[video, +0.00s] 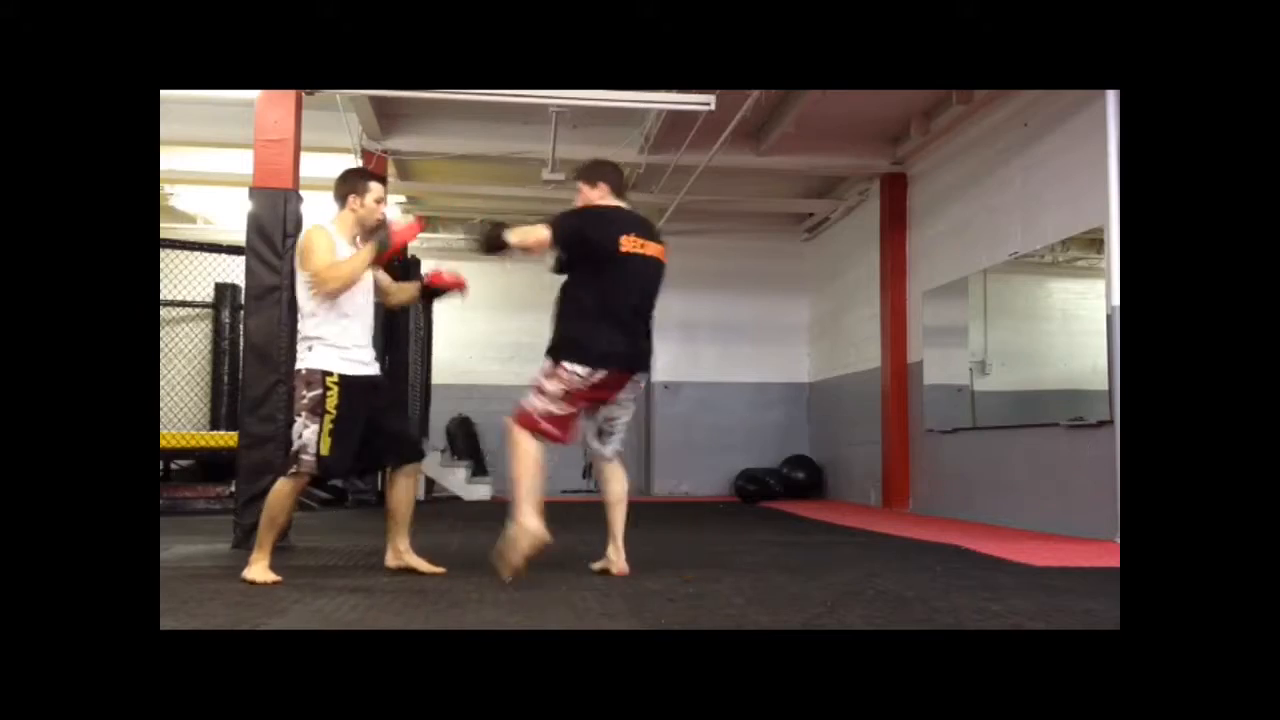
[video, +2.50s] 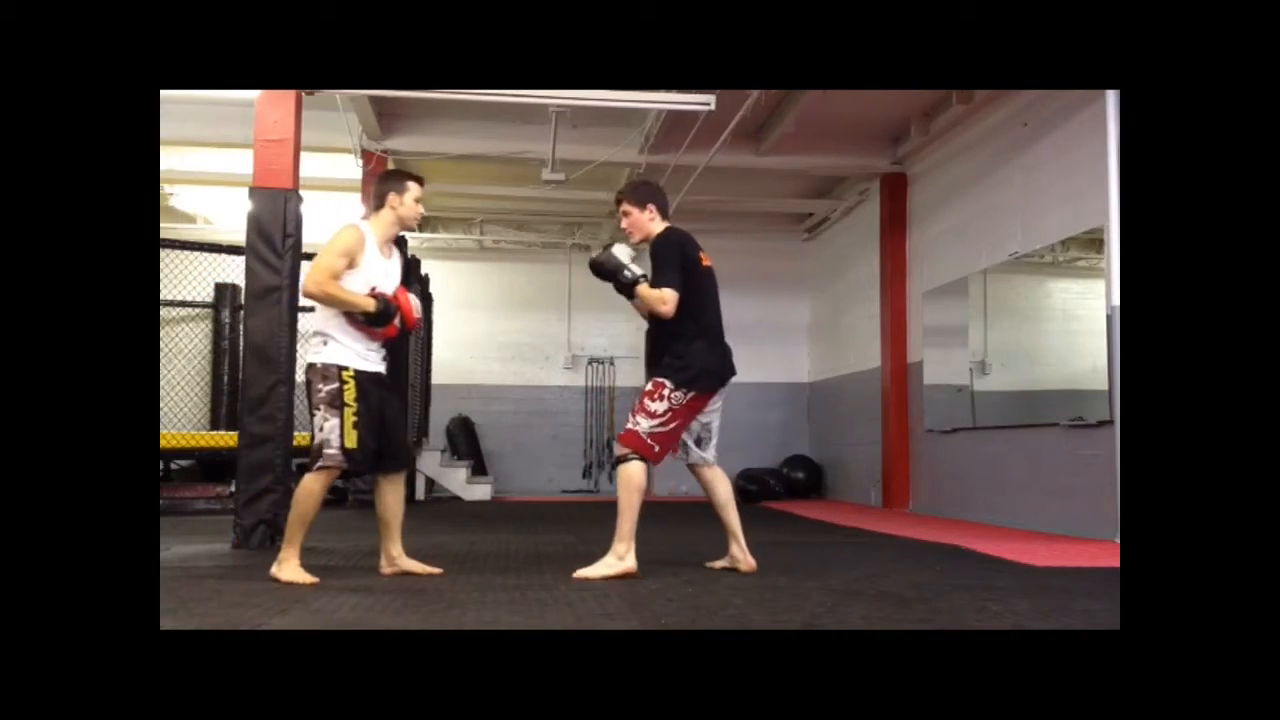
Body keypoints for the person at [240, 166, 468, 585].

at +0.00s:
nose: (384, 211)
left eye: (385, 203)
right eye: (378, 202)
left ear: (359, 204)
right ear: (352, 201)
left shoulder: (362, 250)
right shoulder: (317, 238)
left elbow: (392, 294)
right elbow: (328, 283)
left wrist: (429, 285)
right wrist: (378, 246)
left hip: (365, 372)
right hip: (322, 370)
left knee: (405, 456)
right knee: (303, 468)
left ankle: (399, 549)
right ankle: (259, 560)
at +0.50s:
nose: (390, 206)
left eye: (392, 198)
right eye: (385, 197)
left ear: (371, 199)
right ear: (360, 197)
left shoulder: (375, 243)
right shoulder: (312, 233)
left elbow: (408, 275)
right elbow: (287, 288)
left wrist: (432, 240)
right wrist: (349, 276)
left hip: (355, 365)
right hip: (308, 361)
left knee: (377, 455)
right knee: (294, 457)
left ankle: (355, 546)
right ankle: (256, 556)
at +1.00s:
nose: (345, 212)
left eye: (346, 204)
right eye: (341, 203)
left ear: (319, 203)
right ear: (315, 200)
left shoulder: (314, 252)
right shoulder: (267, 236)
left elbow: (295, 309)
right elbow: (239, 294)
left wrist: (336, 308)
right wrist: (305, 302)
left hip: (298, 372)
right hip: (256, 368)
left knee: (332, 461)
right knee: (246, 468)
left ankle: (337, 551)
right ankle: (196, 555)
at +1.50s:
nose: (331, 197)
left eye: (331, 190)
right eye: (325, 188)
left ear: (304, 192)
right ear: (298, 189)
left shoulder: (310, 247)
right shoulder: (256, 229)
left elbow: (300, 295)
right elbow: (211, 279)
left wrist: (326, 300)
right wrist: (273, 294)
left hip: (288, 360)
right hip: (251, 356)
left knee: (280, 460)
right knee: (256, 456)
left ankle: (253, 554)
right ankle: (208, 541)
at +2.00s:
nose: (352, 195)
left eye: (351, 187)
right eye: (345, 186)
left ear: (325, 191)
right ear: (319, 188)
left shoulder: (327, 243)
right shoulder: (285, 228)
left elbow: (319, 290)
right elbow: (250, 282)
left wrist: (343, 298)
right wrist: (308, 299)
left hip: (319, 366)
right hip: (279, 363)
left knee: (353, 454)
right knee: (274, 464)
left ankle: (353, 546)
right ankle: (243, 561)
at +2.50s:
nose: (422, 210)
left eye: (422, 203)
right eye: (416, 201)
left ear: (397, 203)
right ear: (391, 200)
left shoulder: (394, 255)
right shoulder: (353, 237)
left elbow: (383, 304)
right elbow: (314, 284)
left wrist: (401, 312)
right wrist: (373, 306)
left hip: (371, 365)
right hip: (333, 361)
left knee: (394, 460)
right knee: (330, 460)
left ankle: (393, 555)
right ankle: (287, 559)